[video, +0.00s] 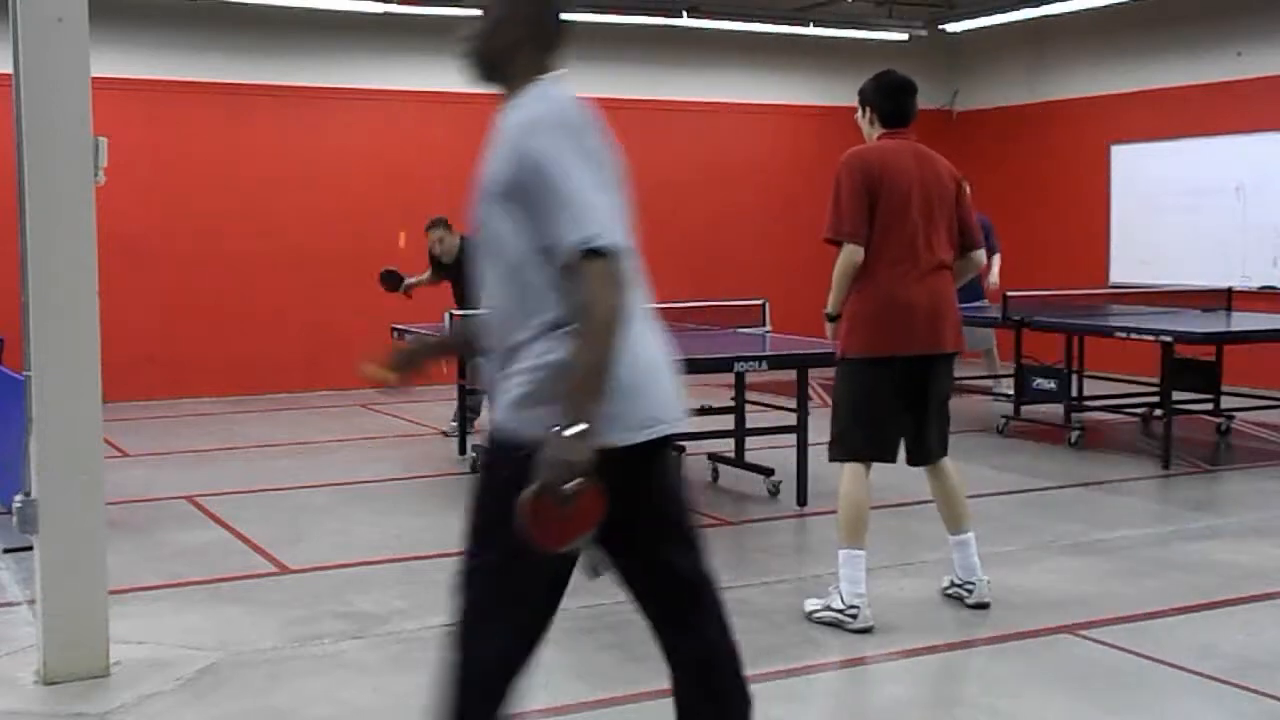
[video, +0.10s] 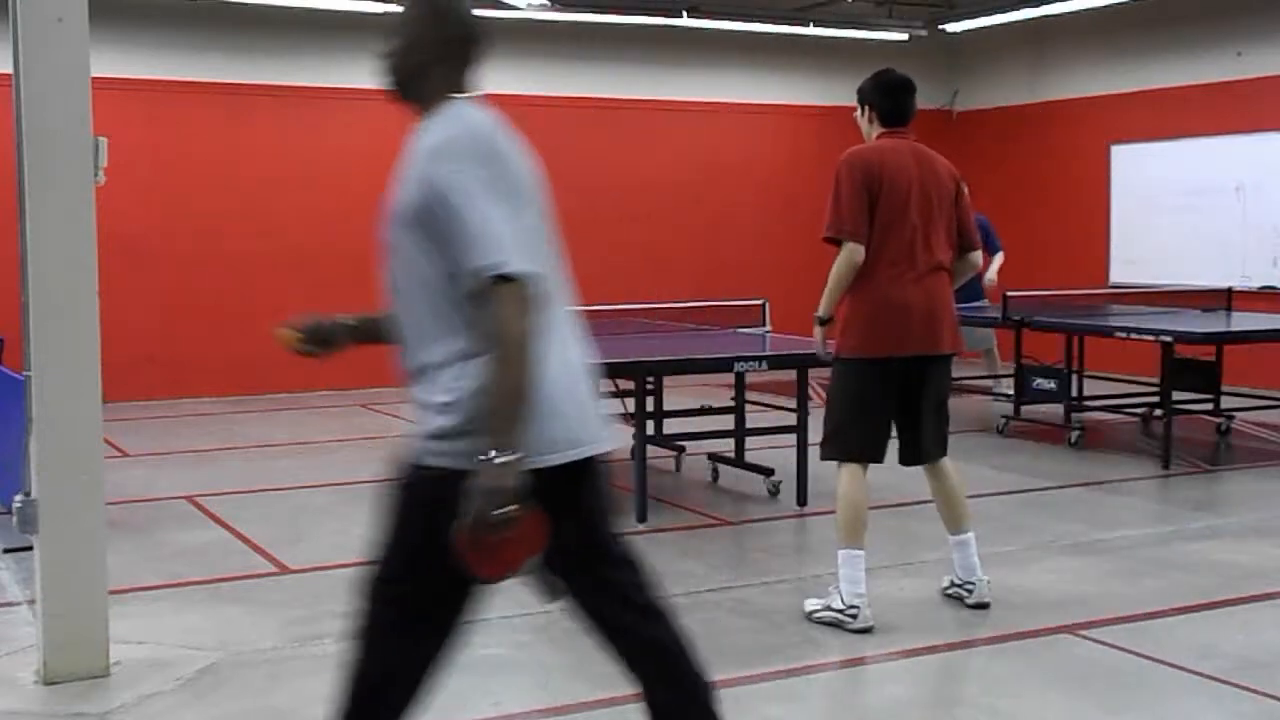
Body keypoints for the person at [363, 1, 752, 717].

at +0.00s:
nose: (473, 28)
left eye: (490, 14)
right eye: (480, 14)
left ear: (532, 27)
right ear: (539, 33)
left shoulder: (544, 121)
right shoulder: (531, 122)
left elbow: (601, 282)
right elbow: (542, 309)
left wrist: (574, 428)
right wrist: (442, 340)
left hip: (553, 431)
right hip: (618, 427)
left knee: (488, 649)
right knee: (691, 627)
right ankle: (723, 714)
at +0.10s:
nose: (388, 53)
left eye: (404, 35)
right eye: (394, 36)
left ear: (444, 49)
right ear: (454, 53)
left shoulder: (456, 139)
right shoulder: (460, 136)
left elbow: (508, 298)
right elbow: (464, 305)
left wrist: (499, 454)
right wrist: (355, 331)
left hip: (472, 451)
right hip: (548, 444)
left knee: (395, 647)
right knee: (625, 611)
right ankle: (690, 706)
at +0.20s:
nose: (303, 49)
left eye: (316, 34)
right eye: (308, 34)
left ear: (347, 47)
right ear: (376, 51)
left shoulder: (364, 138)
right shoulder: (401, 131)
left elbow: (406, 304)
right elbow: (405, 292)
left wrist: (407, 461)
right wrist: (306, 335)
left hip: (365, 437)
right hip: (443, 434)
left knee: (308, 620)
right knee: (493, 597)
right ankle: (624, 707)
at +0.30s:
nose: (232, 33)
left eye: (242, 19)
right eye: (237, 19)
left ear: (266, 28)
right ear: (308, 33)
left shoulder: (281, 121)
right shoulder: (341, 113)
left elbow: (304, 296)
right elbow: (357, 282)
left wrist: (284, 442)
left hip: (292, 421)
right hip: (358, 410)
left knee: (269, 613)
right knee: (333, 565)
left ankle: (288, 718)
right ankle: (488, 695)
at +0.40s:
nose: (165, 29)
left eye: (172, 15)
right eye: (170, 16)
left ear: (191, 20)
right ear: (244, 22)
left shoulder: (203, 103)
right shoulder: (283, 105)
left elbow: (211, 277)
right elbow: (328, 267)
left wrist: (163, 418)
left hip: (237, 398)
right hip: (293, 393)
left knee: (249, 590)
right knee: (247, 578)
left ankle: (280, 707)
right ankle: (293, 700)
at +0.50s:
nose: (97, 29)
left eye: (103, 16)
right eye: (101, 17)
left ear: (118, 24)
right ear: (178, 30)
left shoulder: (129, 109)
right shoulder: (221, 119)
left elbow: (126, 273)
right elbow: (271, 278)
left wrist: (36, 403)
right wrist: (282, 403)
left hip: (177, 403)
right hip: (221, 394)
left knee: (233, 598)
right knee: (120, 546)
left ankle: (276, 712)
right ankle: (129, 704)